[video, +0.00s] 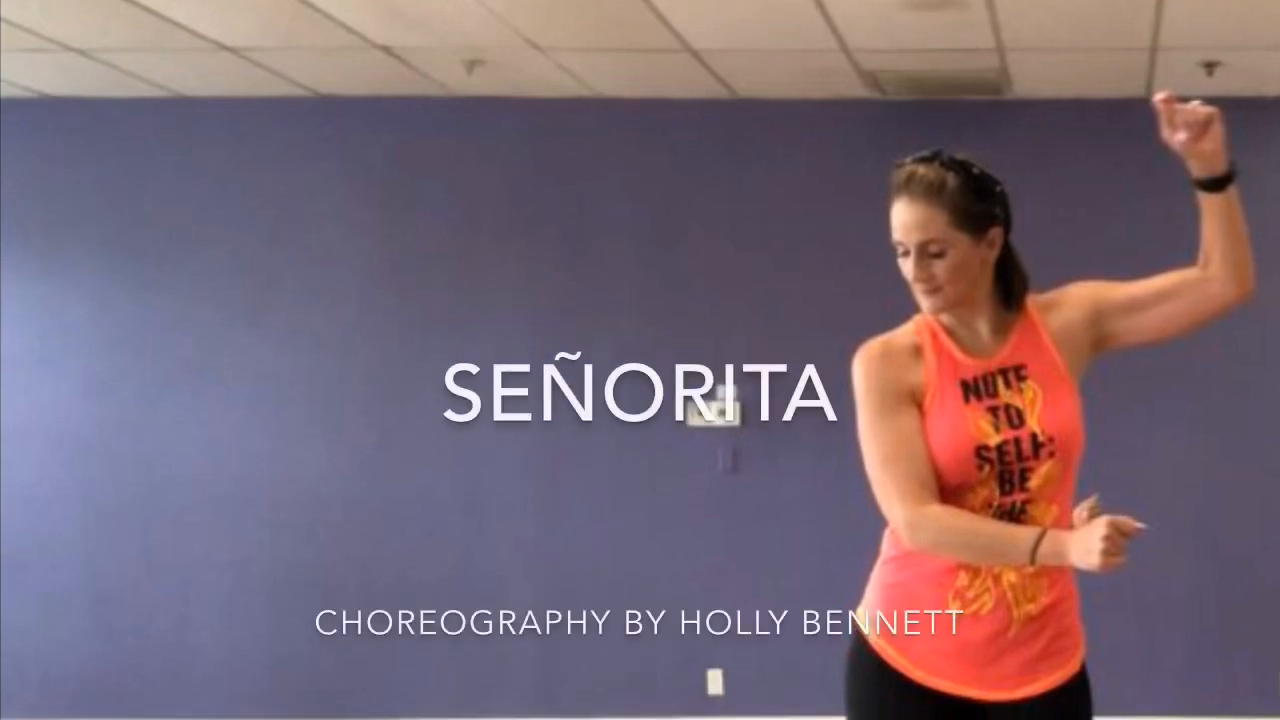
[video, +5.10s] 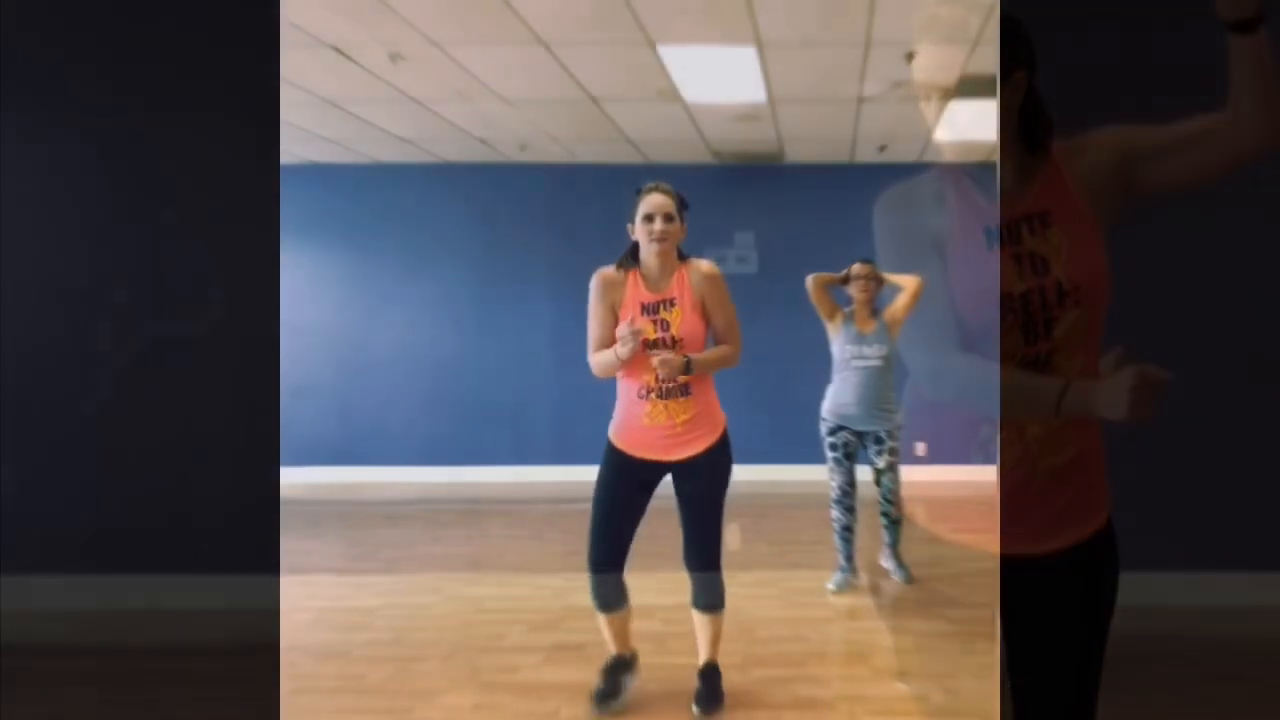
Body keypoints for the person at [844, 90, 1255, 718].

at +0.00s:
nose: (915, 273)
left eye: (934, 252)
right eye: (903, 253)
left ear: (992, 241)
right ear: (893, 250)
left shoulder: (1071, 321)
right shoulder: (888, 364)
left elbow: (1228, 281)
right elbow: (915, 520)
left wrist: (1210, 171)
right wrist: (1060, 545)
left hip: (1039, 673)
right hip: (908, 671)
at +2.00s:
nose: (924, 211)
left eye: (943, 190)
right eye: (911, 192)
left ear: (1001, 179)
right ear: (902, 187)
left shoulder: (1081, 260)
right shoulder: (896, 305)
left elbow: (1238, 220)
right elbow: (925, 460)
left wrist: (1222, 108)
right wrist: (1068, 486)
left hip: (1048, 618)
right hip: (916, 618)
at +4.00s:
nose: (933, 150)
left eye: (953, 128)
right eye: (919, 129)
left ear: (1011, 116)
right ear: (909, 129)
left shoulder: (1092, 201)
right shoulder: (904, 244)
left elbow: (1249, 160)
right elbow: (931, 402)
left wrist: (1232, 45)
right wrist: (1077, 428)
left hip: (1058, 551)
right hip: (929, 555)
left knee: (1057, 712)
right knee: (945, 711)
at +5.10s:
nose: (978, 99)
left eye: (993, 79)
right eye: (959, 81)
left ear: (1021, 82)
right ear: (929, 90)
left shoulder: (1088, 166)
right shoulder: (911, 208)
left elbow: (1249, 129)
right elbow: (934, 370)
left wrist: (1244, 28)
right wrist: (1087, 398)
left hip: (1069, 534)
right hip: (957, 538)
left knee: (1061, 712)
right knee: (957, 712)